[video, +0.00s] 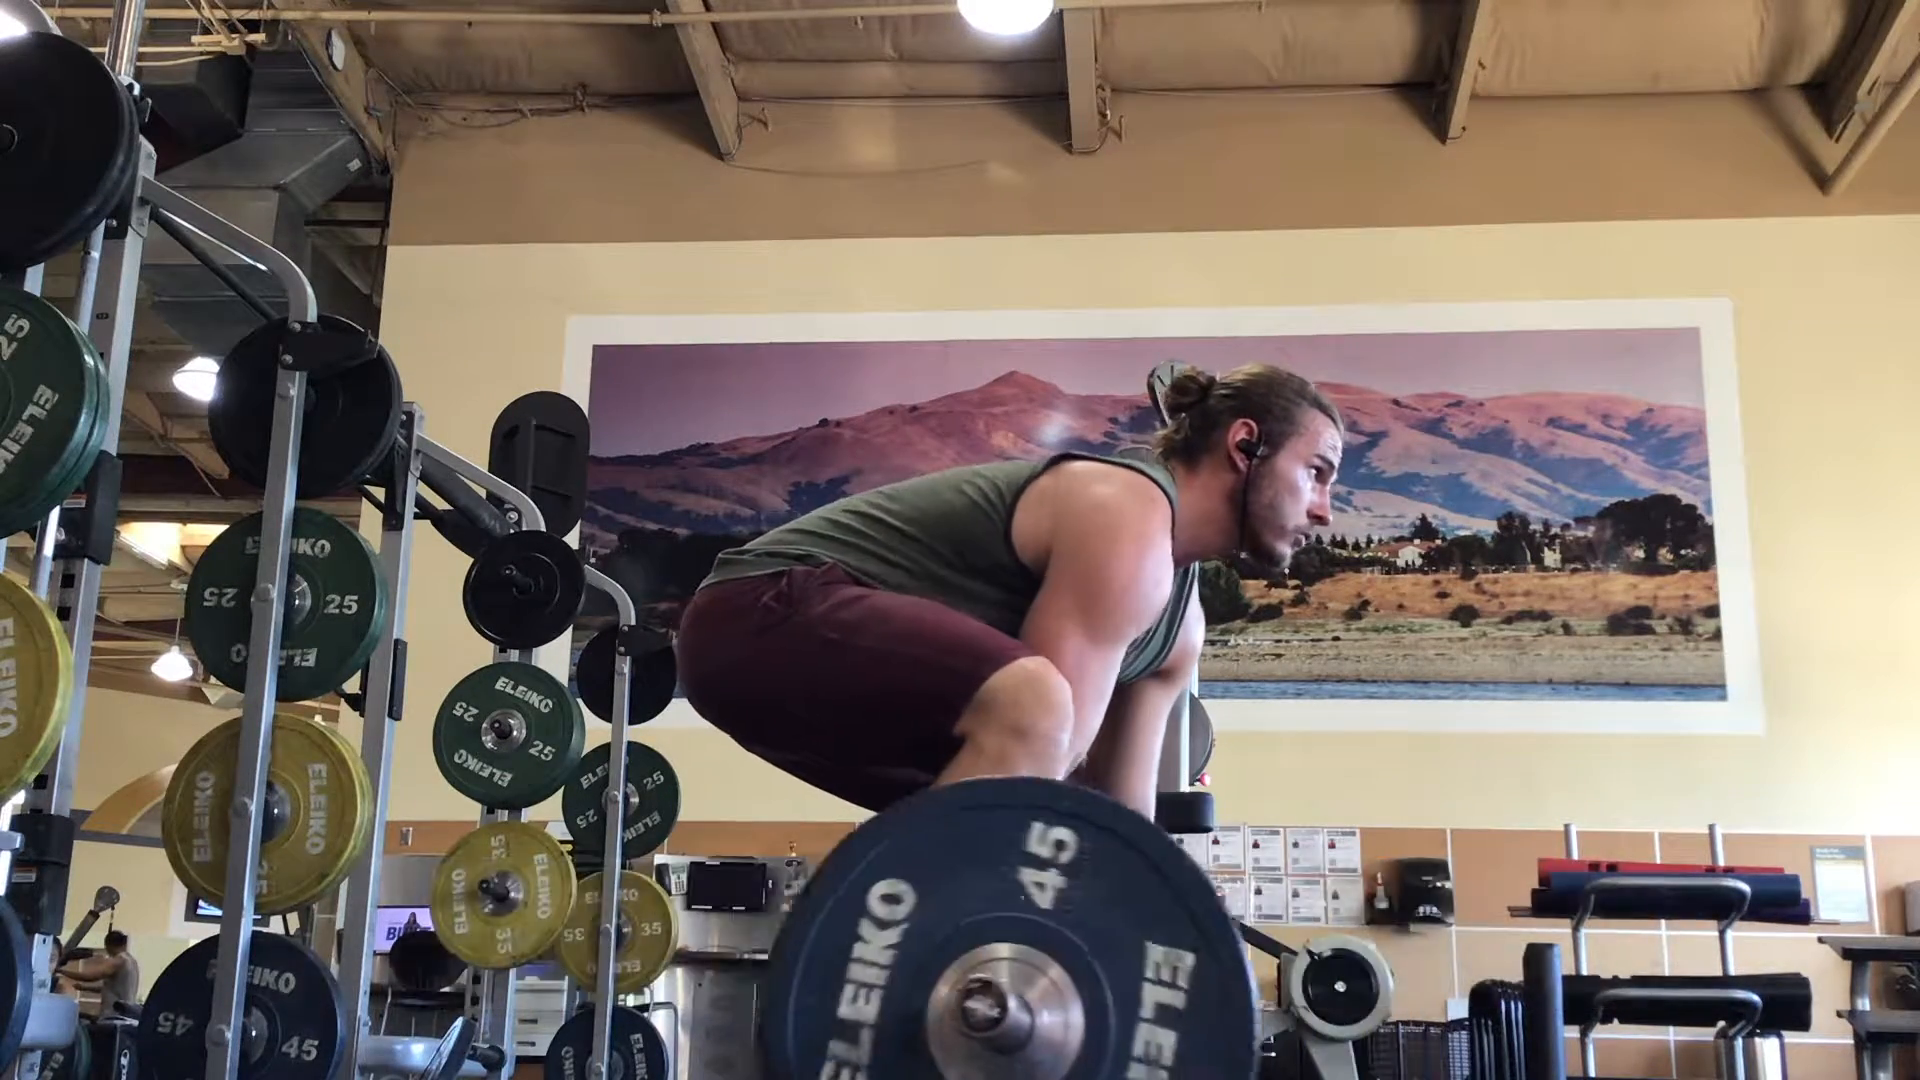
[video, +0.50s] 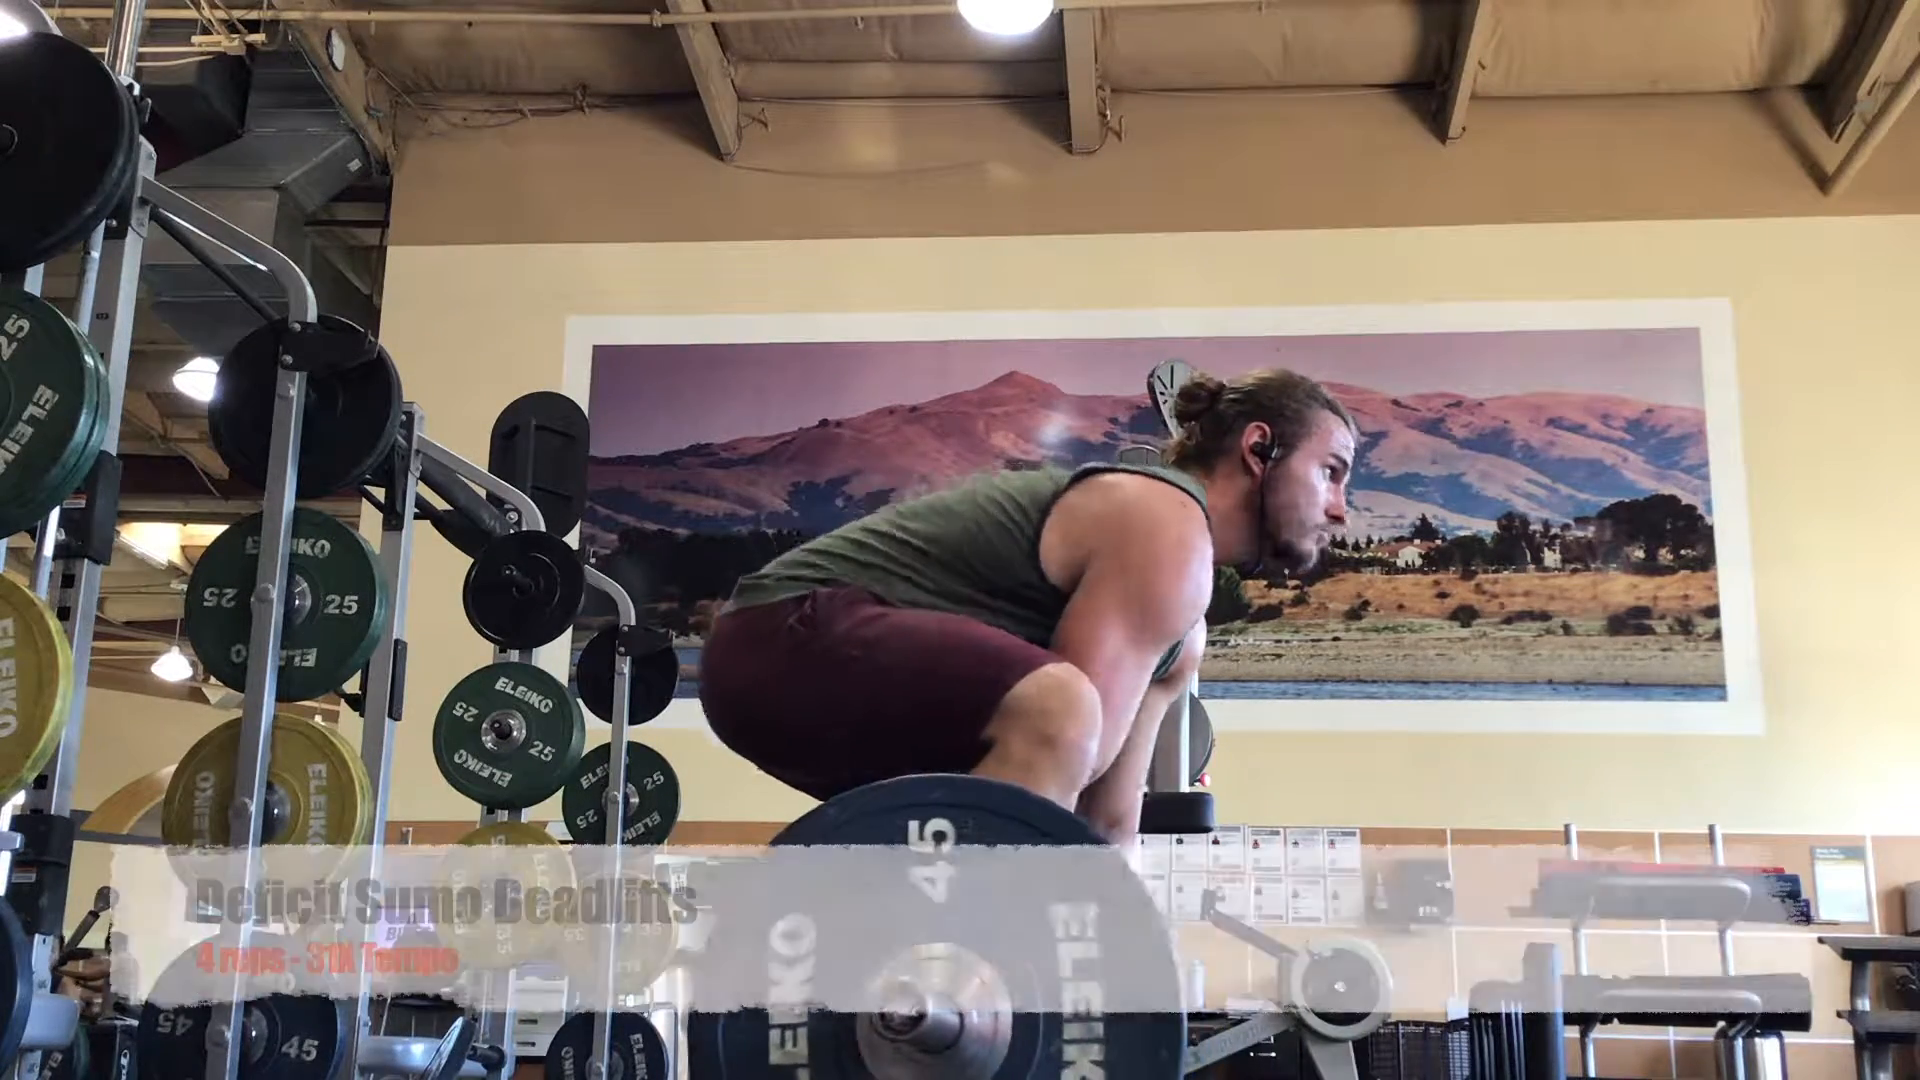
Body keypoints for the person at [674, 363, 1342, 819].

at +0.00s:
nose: (1325, 510)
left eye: (1332, 488)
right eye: (1316, 473)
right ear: (1243, 446)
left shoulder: (1175, 631)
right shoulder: (1122, 526)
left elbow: (1114, 814)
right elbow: (1034, 756)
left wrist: (1121, 980)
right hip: (762, 606)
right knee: (1028, 708)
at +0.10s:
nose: (1332, 519)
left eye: (1339, 496)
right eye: (1323, 481)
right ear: (1250, 451)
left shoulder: (1174, 634)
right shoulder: (1127, 529)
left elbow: (1109, 823)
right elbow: (1028, 764)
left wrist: (1107, 979)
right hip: (766, 600)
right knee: (1032, 706)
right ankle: (942, 973)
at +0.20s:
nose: (1337, 522)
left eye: (1344, 499)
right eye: (1328, 485)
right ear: (1255, 454)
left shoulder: (1178, 631)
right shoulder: (1134, 529)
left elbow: (1112, 812)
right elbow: (1030, 757)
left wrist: (1117, 978)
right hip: (766, 599)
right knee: (1033, 707)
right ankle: (941, 975)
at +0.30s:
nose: (1340, 521)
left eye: (1347, 498)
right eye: (1331, 484)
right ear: (1258, 455)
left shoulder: (1179, 631)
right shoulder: (1141, 530)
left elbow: (1112, 817)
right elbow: (1033, 768)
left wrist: (1114, 972)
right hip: (770, 604)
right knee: (1036, 706)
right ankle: (945, 970)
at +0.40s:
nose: (1341, 513)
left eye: (1347, 489)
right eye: (1332, 477)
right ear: (1258, 453)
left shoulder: (1180, 629)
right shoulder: (1158, 530)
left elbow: (1111, 821)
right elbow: (1046, 775)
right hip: (778, 618)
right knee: (1048, 708)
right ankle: (953, 970)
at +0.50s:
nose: (1344, 509)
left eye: (1347, 483)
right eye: (1332, 472)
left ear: (1257, 456)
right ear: (1257, 452)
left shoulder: (1177, 612)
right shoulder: (1164, 531)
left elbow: (1109, 816)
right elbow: (1061, 766)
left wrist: (1113, 967)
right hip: (783, 630)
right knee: (1059, 713)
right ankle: (951, 962)